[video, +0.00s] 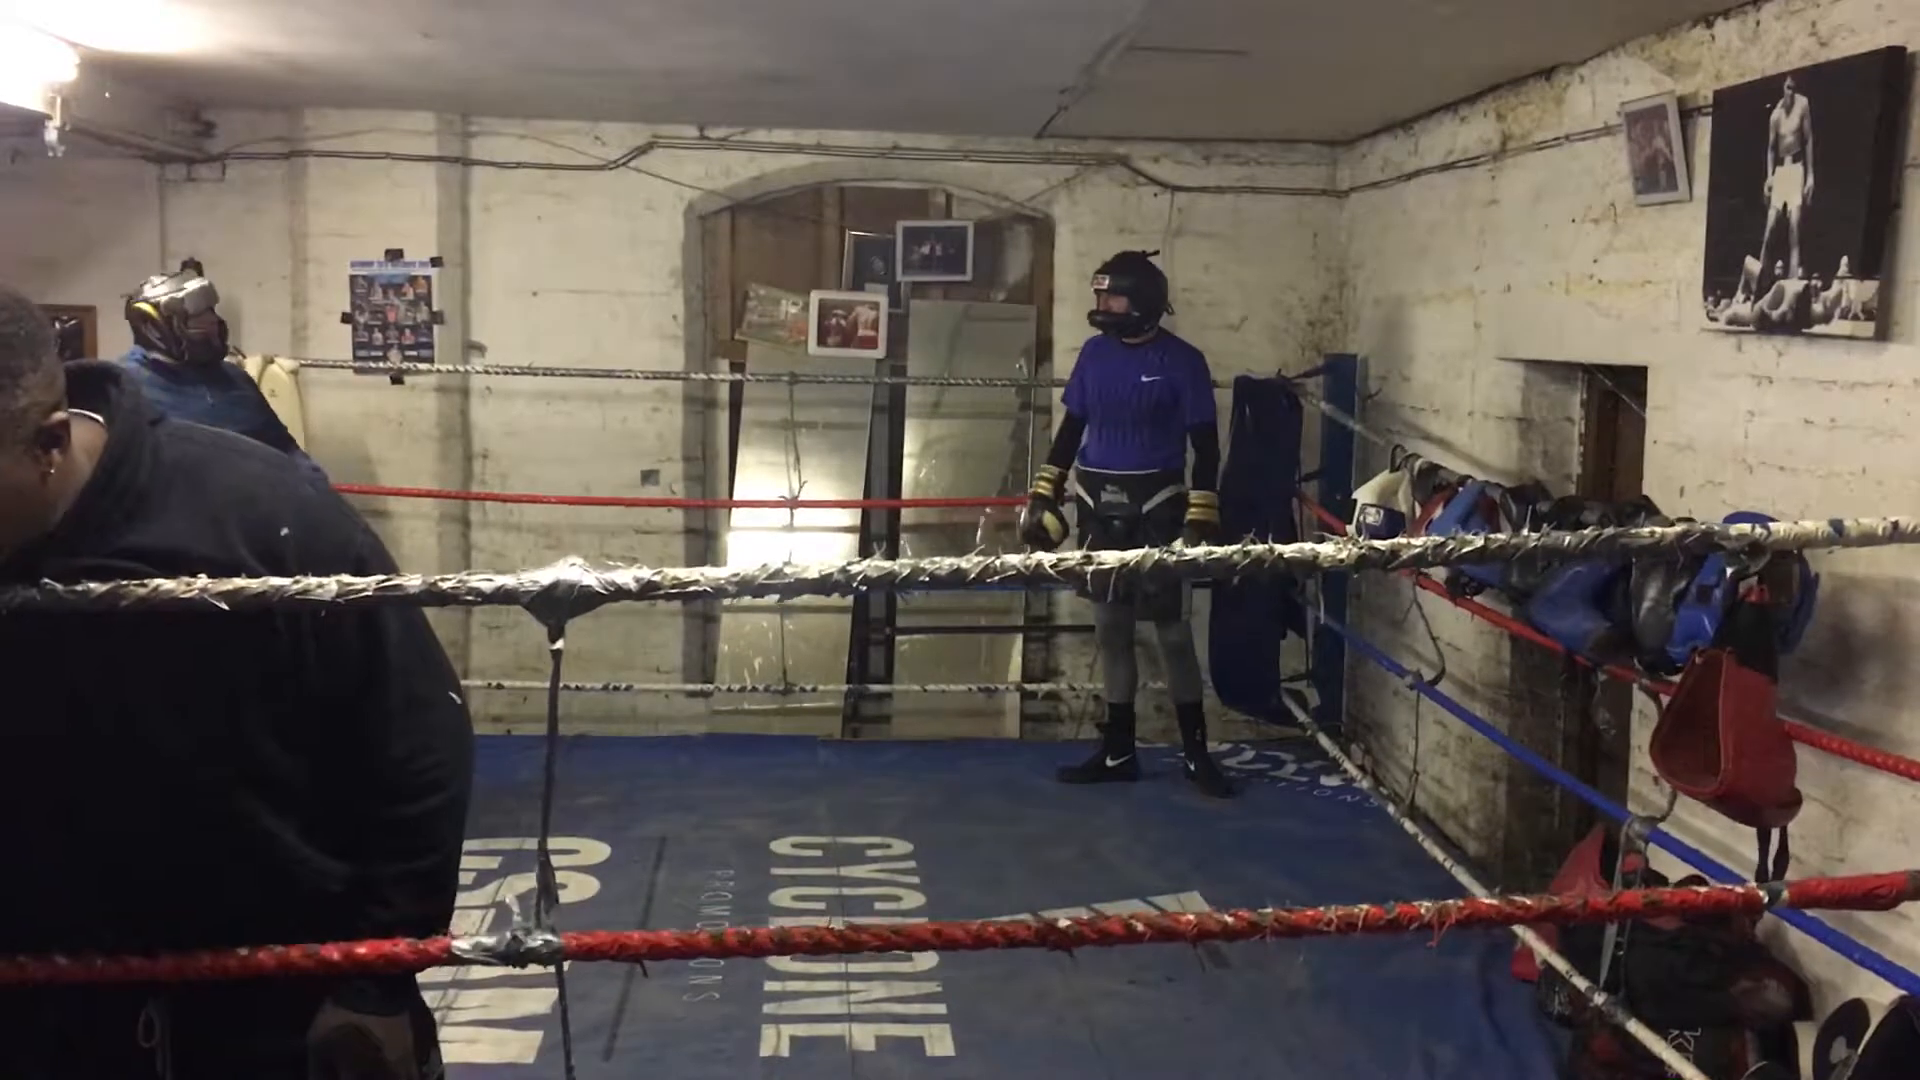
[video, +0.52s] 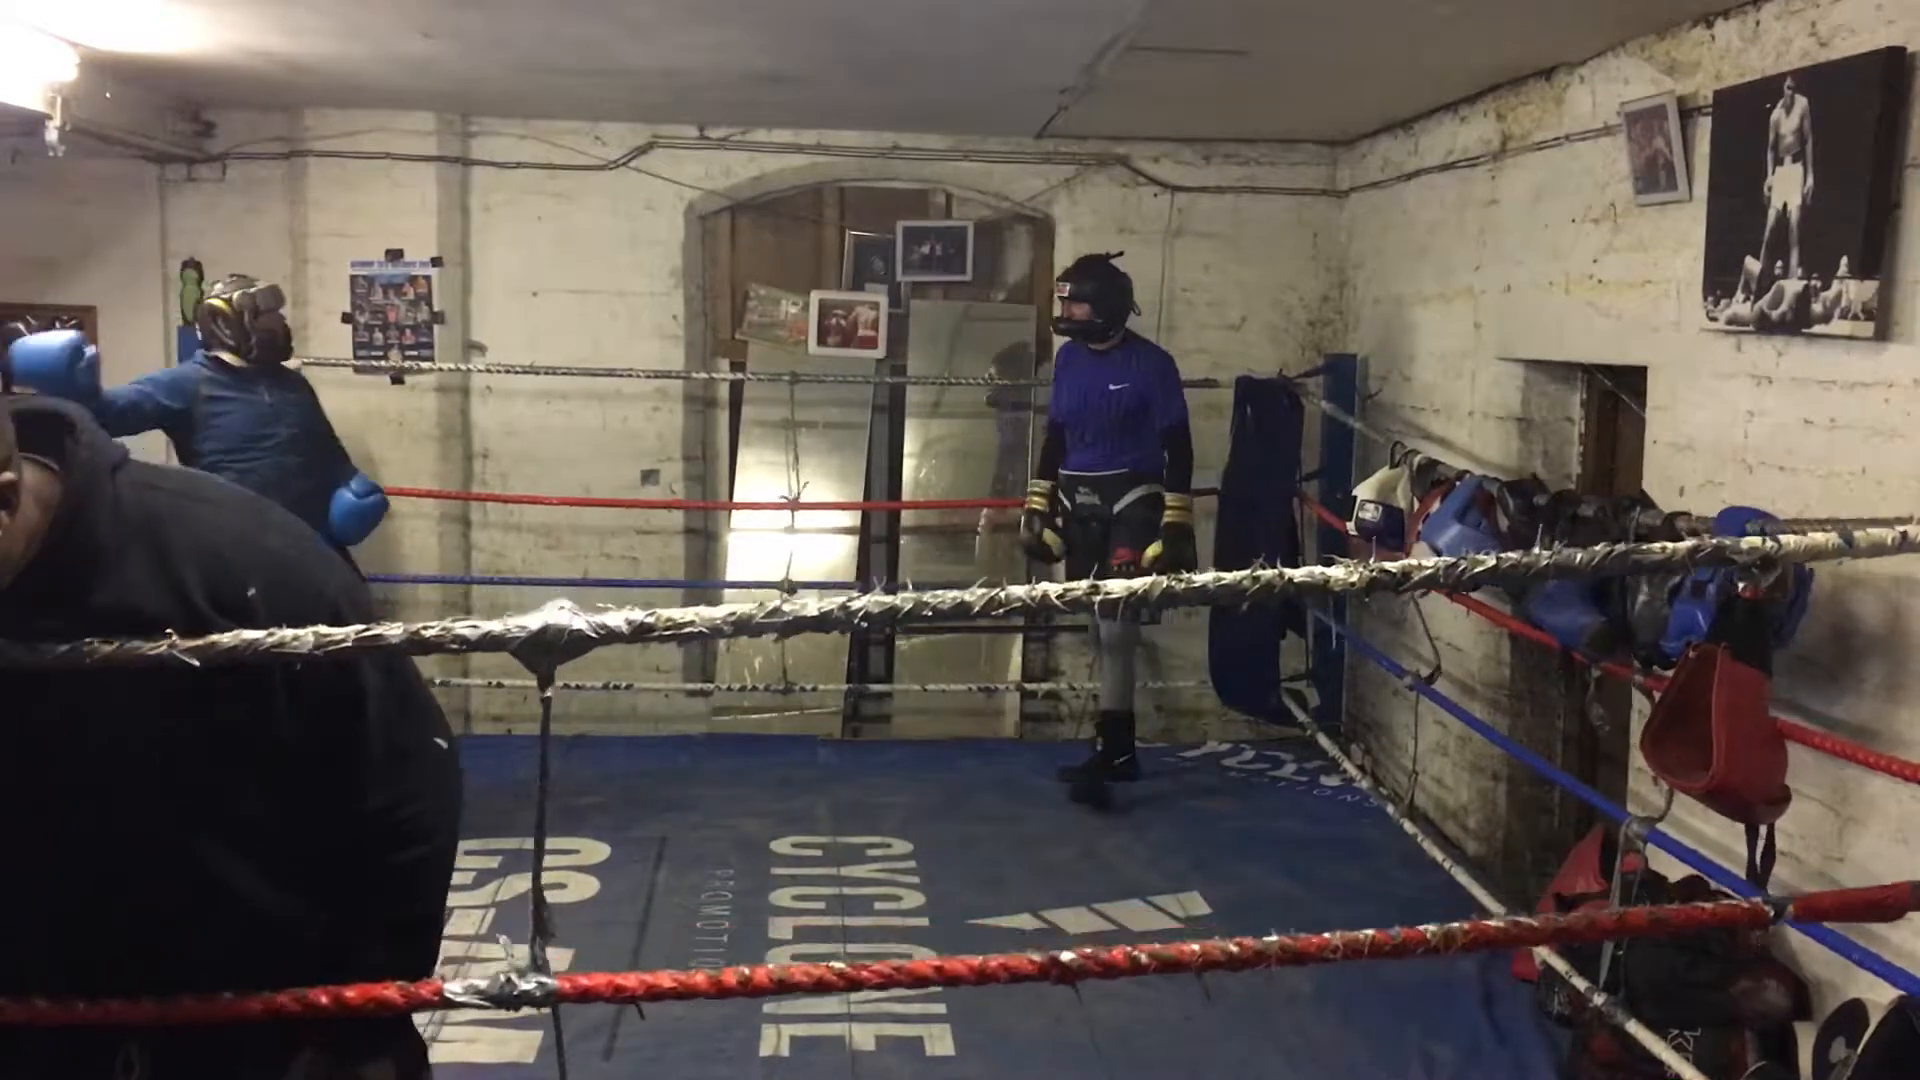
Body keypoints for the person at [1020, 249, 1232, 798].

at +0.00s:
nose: (1099, 301)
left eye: (1110, 293)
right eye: (1099, 292)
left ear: (1141, 299)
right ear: (1105, 298)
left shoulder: (1182, 360)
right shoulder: (1094, 353)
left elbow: (1205, 444)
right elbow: (1070, 428)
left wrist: (1201, 516)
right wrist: (1044, 494)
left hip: (1160, 508)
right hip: (1100, 506)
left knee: (1172, 634)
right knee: (1111, 632)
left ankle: (1197, 754)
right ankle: (1117, 752)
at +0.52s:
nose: (1067, 312)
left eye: (1078, 303)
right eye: (1064, 302)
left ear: (1109, 307)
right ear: (1065, 306)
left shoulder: (1152, 363)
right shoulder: (1068, 360)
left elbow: (1179, 448)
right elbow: (1055, 436)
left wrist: (1176, 526)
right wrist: (1038, 503)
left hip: (1134, 504)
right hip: (1080, 505)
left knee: (1116, 627)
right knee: (1101, 628)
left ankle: (1110, 754)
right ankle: (1118, 747)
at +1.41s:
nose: (1061, 304)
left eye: (1072, 296)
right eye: (1060, 295)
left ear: (1103, 306)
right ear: (1067, 300)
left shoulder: (1138, 370)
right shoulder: (1060, 354)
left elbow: (1152, 457)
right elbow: (1040, 428)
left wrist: (1141, 531)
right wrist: (1007, 493)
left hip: (1104, 508)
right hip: (1047, 502)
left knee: (1094, 635)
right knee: (1014, 628)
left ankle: (1095, 777)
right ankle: (1081, 678)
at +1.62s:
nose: (1043, 307)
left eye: (1054, 297)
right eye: (1042, 296)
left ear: (1083, 302)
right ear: (1048, 301)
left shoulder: (1125, 367)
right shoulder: (1048, 353)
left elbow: (1141, 454)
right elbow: (1032, 429)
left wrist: (1133, 525)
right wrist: (1000, 495)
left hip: (1096, 505)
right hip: (1038, 500)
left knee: (1093, 630)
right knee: (994, 621)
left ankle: (1096, 771)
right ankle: (1034, 729)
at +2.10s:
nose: (994, 298)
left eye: (1005, 289)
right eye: (993, 289)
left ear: (1033, 295)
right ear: (998, 296)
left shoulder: (1067, 358)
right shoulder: (991, 358)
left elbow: (1078, 448)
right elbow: (978, 434)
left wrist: (1052, 518)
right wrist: (956, 504)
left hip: (1045, 514)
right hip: (992, 511)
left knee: (1063, 632)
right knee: (1007, 634)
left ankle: (1088, 769)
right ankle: (1018, 758)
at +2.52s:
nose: (952, 301)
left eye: (964, 291)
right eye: (949, 291)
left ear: (991, 298)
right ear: (948, 297)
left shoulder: (1026, 356)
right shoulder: (945, 356)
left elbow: (1049, 441)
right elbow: (933, 432)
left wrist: (1030, 516)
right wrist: (911, 503)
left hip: (1007, 502)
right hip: (954, 501)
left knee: (976, 628)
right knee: (978, 631)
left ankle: (1033, 714)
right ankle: (1013, 752)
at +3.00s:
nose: (888, 323)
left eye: (898, 311)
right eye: (884, 311)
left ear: (926, 313)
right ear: (882, 316)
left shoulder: (968, 366)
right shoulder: (901, 369)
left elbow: (1016, 444)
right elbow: (904, 439)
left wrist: (1025, 523)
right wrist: (901, 500)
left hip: (979, 501)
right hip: (931, 505)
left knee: (976, 630)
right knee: (978, 626)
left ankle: (980, 767)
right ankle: (1033, 734)